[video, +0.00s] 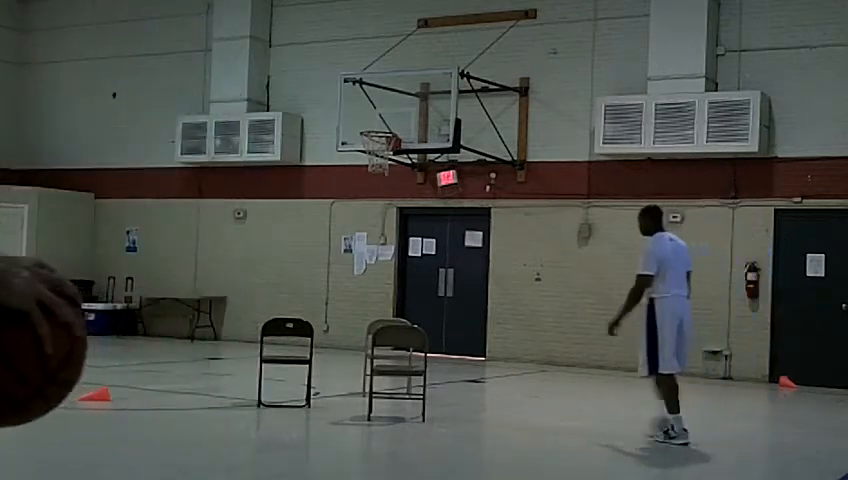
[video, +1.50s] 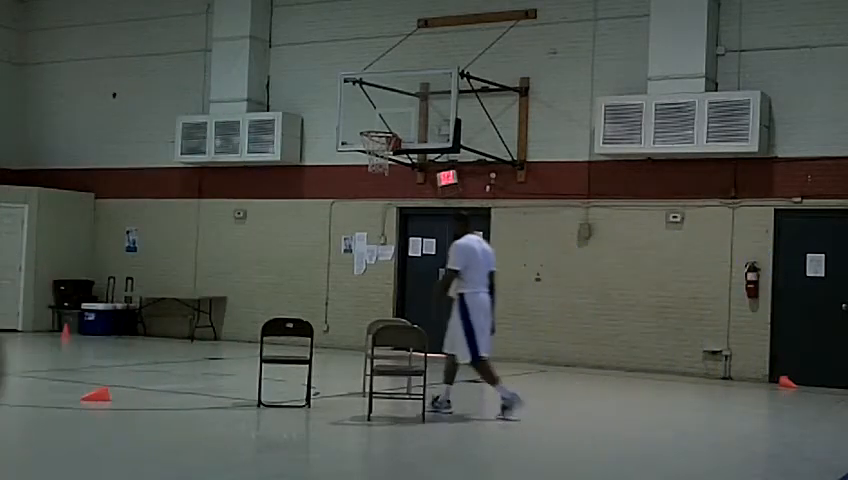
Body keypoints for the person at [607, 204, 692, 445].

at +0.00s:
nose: (639, 226)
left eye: (641, 221)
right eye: (639, 221)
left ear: (649, 222)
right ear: (661, 220)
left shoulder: (653, 245)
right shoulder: (680, 244)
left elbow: (641, 286)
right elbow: (687, 278)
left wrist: (618, 318)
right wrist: (683, 304)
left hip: (661, 305)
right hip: (681, 304)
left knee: (662, 368)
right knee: (665, 366)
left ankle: (677, 428)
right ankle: (670, 419)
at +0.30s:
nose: (604, 231)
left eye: (606, 226)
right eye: (604, 226)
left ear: (614, 227)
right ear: (624, 226)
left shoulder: (616, 248)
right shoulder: (642, 249)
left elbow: (603, 287)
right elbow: (647, 288)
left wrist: (583, 321)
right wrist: (643, 312)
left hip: (624, 307)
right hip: (640, 306)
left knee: (629, 368)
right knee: (612, 364)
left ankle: (665, 415)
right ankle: (605, 417)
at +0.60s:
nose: (570, 226)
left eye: (572, 222)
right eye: (570, 222)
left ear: (579, 222)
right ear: (590, 221)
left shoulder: (583, 244)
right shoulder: (605, 243)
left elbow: (581, 284)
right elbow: (607, 279)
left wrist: (572, 321)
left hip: (585, 307)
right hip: (604, 307)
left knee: (560, 355)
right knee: (599, 358)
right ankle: (604, 413)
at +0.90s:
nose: (527, 231)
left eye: (529, 227)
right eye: (527, 226)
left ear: (535, 227)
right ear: (545, 226)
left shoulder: (539, 249)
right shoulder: (561, 246)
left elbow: (541, 289)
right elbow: (559, 282)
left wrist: (538, 323)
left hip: (543, 307)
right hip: (562, 305)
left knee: (525, 356)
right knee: (567, 357)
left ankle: (521, 405)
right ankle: (592, 401)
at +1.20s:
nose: (492, 227)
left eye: (493, 223)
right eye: (493, 223)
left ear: (498, 223)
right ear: (509, 221)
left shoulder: (503, 242)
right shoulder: (526, 241)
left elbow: (493, 271)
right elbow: (532, 274)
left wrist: (484, 292)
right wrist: (528, 294)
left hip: (507, 294)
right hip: (524, 294)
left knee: (506, 351)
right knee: (504, 350)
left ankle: (519, 405)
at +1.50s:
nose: (453, 229)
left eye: (454, 225)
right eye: (454, 224)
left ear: (460, 225)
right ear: (471, 225)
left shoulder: (459, 245)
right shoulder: (486, 246)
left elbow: (451, 275)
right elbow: (491, 283)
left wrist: (439, 292)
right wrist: (491, 317)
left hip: (466, 298)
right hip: (482, 298)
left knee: (473, 354)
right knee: (452, 350)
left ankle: (506, 395)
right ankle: (444, 398)